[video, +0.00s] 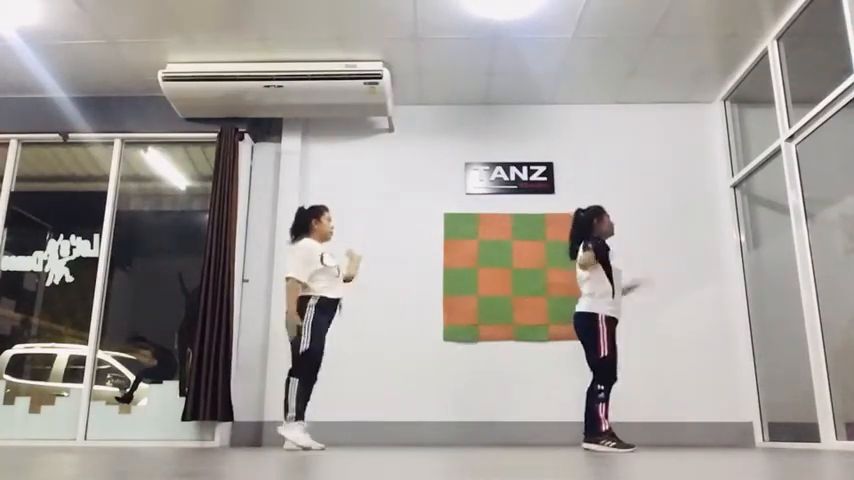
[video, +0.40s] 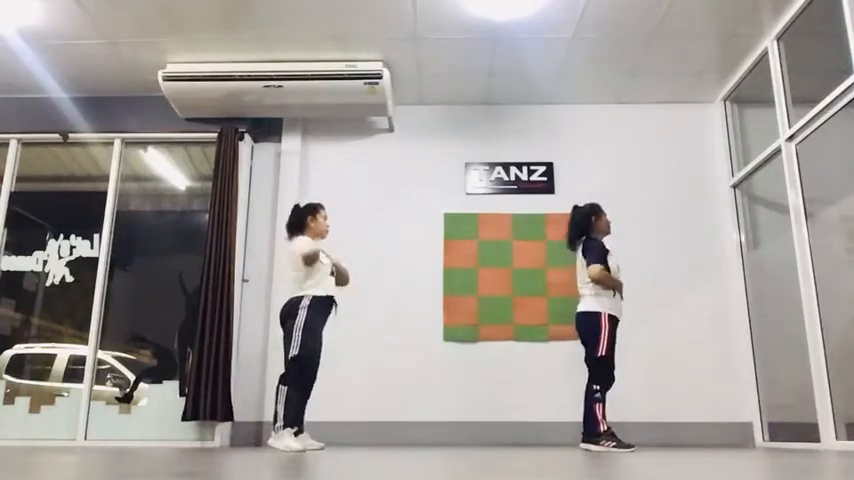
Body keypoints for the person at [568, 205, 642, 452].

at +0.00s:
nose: (612, 222)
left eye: (609, 217)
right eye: (608, 218)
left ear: (597, 223)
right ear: (597, 223)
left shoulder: (603, 251)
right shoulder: (593, 244)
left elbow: (606, 292)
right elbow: (586, 257)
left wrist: (628, 288)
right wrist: (586, 257)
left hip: (601, 315)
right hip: (595, 315)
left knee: (604, 375)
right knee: (604, 374)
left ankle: (596, 433)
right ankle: (598, 433)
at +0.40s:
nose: (609, 220)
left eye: (606, 215)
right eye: (604, 216)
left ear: (592, 222)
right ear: (595, 221)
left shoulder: (590, 246)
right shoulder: (594, 245)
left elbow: (592, 276)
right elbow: (595, 273)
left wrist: (611, 280)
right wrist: (615, 283)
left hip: (594, 312)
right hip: (598, 313)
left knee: (600, 374)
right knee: (600, 374)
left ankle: (595, 432)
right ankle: (596, 433)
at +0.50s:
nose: (608, 221)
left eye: (605, 216)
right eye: (604, 217)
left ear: (590, 223)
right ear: (595, 222)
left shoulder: (584, 247)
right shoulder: (597, 245)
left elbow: (589, 278)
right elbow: (600, 272)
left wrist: (609, 283)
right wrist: (617, 284)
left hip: (588, 312)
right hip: (600, 314)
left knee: (598, 375)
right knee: (601, 375)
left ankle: (593, 432)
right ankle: (597, 433)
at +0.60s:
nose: (607, 221)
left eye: (604, 217)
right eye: (603, 218)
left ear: (590, 224)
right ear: (594, 223)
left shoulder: (585, 247)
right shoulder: (598, 245)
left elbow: (587, 278)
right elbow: (605, 270)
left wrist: (611, 285)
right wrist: (619, 284)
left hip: (587, 312)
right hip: (599, 313)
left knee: (597, 375)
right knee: (601, 375)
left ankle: (593, 432)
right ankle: (598, 433)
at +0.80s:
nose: (605, 225)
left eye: (603, 221)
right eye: (602, 222)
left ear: (587, 229)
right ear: (594, 226)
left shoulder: (582, 251)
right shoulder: (601, 241)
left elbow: (585, 282)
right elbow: (611, 261)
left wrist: (611, 285)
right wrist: (624, 285)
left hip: (580, 314)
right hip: (596, 314)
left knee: (595, 375)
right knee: (605, 373)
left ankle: (591, 433)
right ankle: (600, 433)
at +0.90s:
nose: (607, 237)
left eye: (605, 233)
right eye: (605, 233)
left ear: (584, 239)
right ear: (597, 235)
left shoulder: (579, 259)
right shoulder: (602, 246)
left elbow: (581, 290)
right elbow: (616, 271)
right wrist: (619, 296)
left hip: (576, 319)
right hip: (594, 319)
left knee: (600, 376)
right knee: (613, 374)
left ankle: (591, 433)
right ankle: (600, 432)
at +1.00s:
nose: (617, 254)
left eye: (618, 250)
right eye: (616, 249)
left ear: (595, 244)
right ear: (605, 243)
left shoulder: (578, 263)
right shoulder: (604, 258)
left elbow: (579, 297)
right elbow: (616, 290)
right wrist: (611, 307)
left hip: (577, 330)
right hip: (593, 329)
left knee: (611, 379)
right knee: (623, 378)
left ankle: (592, 433)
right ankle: (599, 433)